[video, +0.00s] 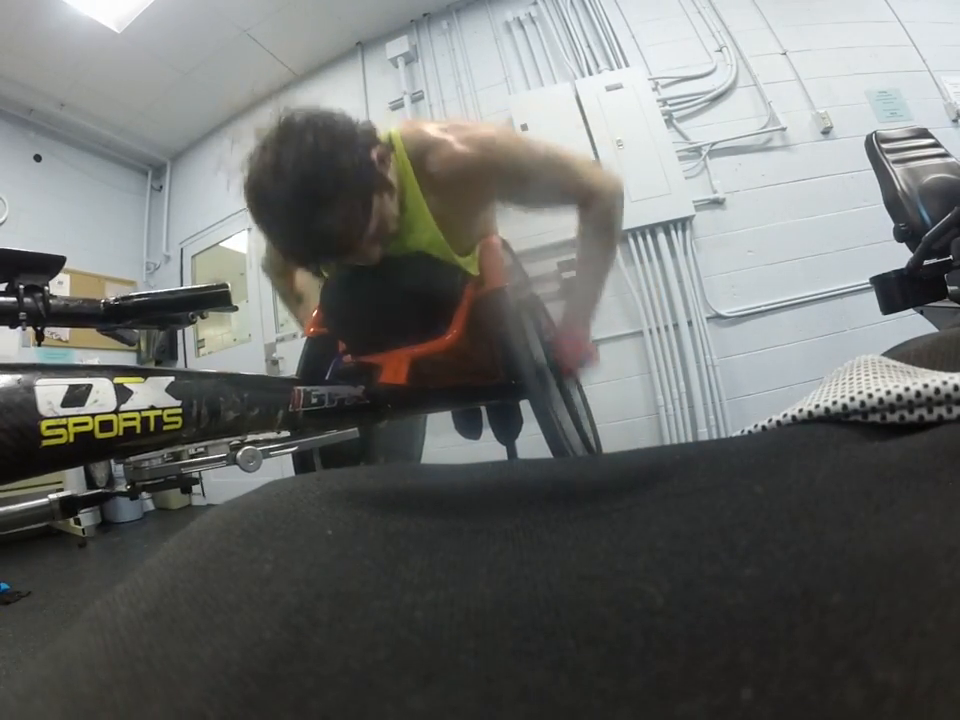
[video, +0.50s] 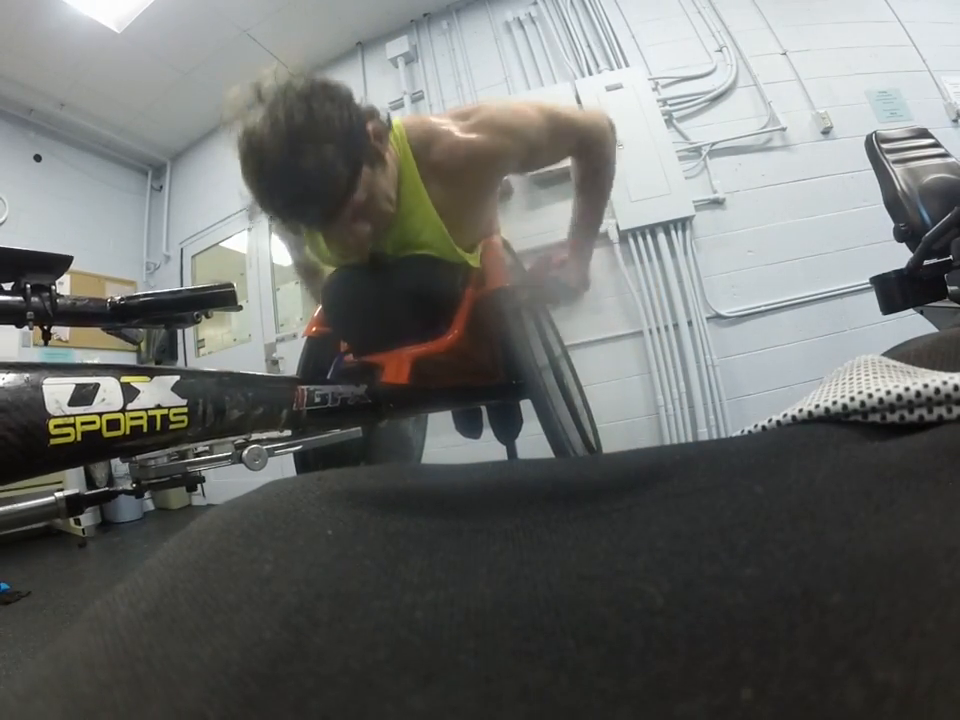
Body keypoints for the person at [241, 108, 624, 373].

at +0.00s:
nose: (370, 256)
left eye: (372, 231)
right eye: (343, 255)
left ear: (381, 165)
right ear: (306, 242)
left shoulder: (459, 159)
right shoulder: (299, 223)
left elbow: (601, 191)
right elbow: (280, 269)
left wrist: (576, 325)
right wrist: (316, 330)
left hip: (477, 310)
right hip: (380, 340)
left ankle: (491, 391)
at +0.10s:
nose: (368, 292)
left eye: (373, 271)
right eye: (347, 292)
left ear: (379, 196)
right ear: (297, 269)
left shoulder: (459, 179)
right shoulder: (302, 244)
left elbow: (573, 271)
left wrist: (591, 405)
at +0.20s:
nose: (372, 281)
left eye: (373, 257)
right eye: (351, 280)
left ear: (376, 187)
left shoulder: (458, 179)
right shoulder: (315, 230)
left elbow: (573, 272)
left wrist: (602, 365)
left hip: (490, 285)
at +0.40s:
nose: (342, 212)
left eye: (347, 181)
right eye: (315, 201)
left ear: (372, 122)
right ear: (289, 190)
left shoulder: (459, 155)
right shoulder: (298, 219)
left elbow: (588, 151)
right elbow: (337, 282)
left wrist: (600, 249)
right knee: (351, 301)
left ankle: (494, 388)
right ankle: (464, 391)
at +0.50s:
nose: (353, 237)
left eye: (359, 206)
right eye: (327, 224)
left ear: (378, 140)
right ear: (290, 217)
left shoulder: (465, 147)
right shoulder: (289, 212)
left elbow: (594, 133)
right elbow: (308, 271)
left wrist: (577, 254)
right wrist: (339, 319)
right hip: (378, 307)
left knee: (410, 282)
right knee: (348, 295)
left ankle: (488, 384)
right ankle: (453, 387)